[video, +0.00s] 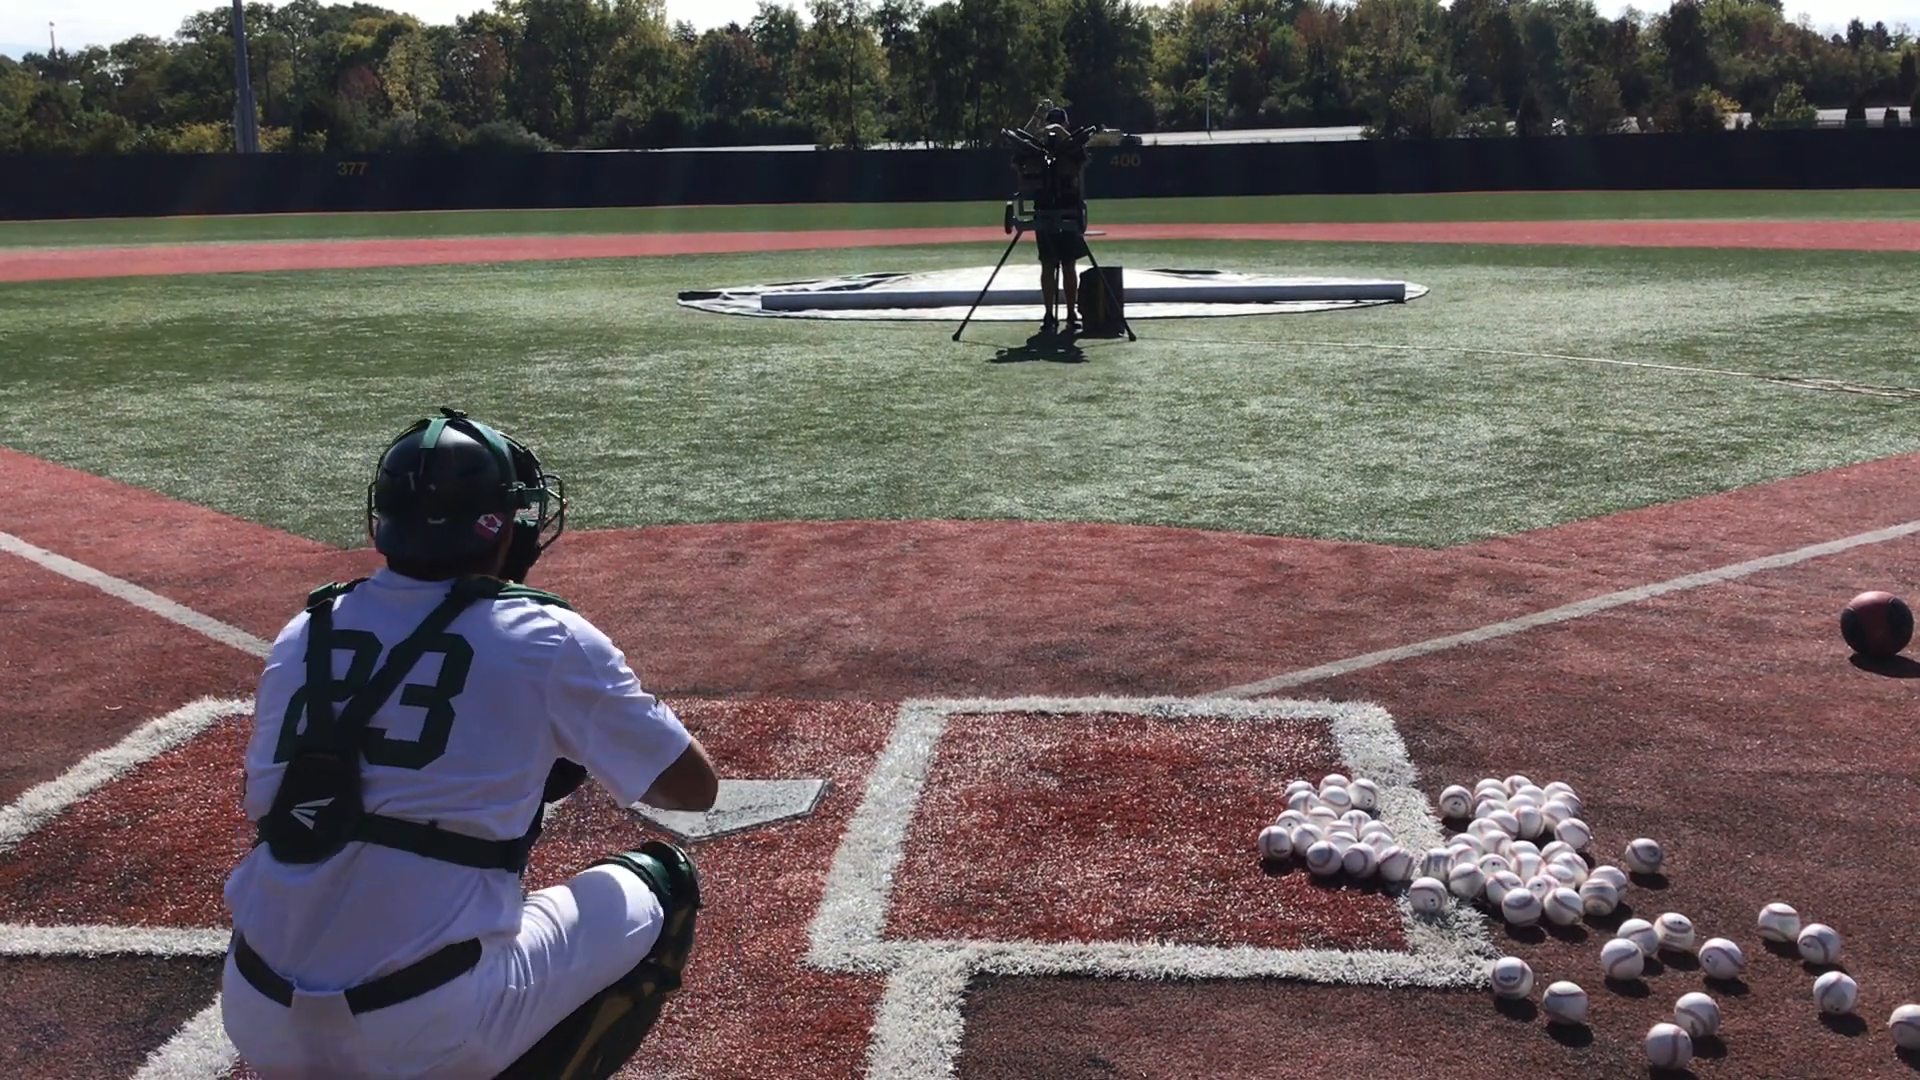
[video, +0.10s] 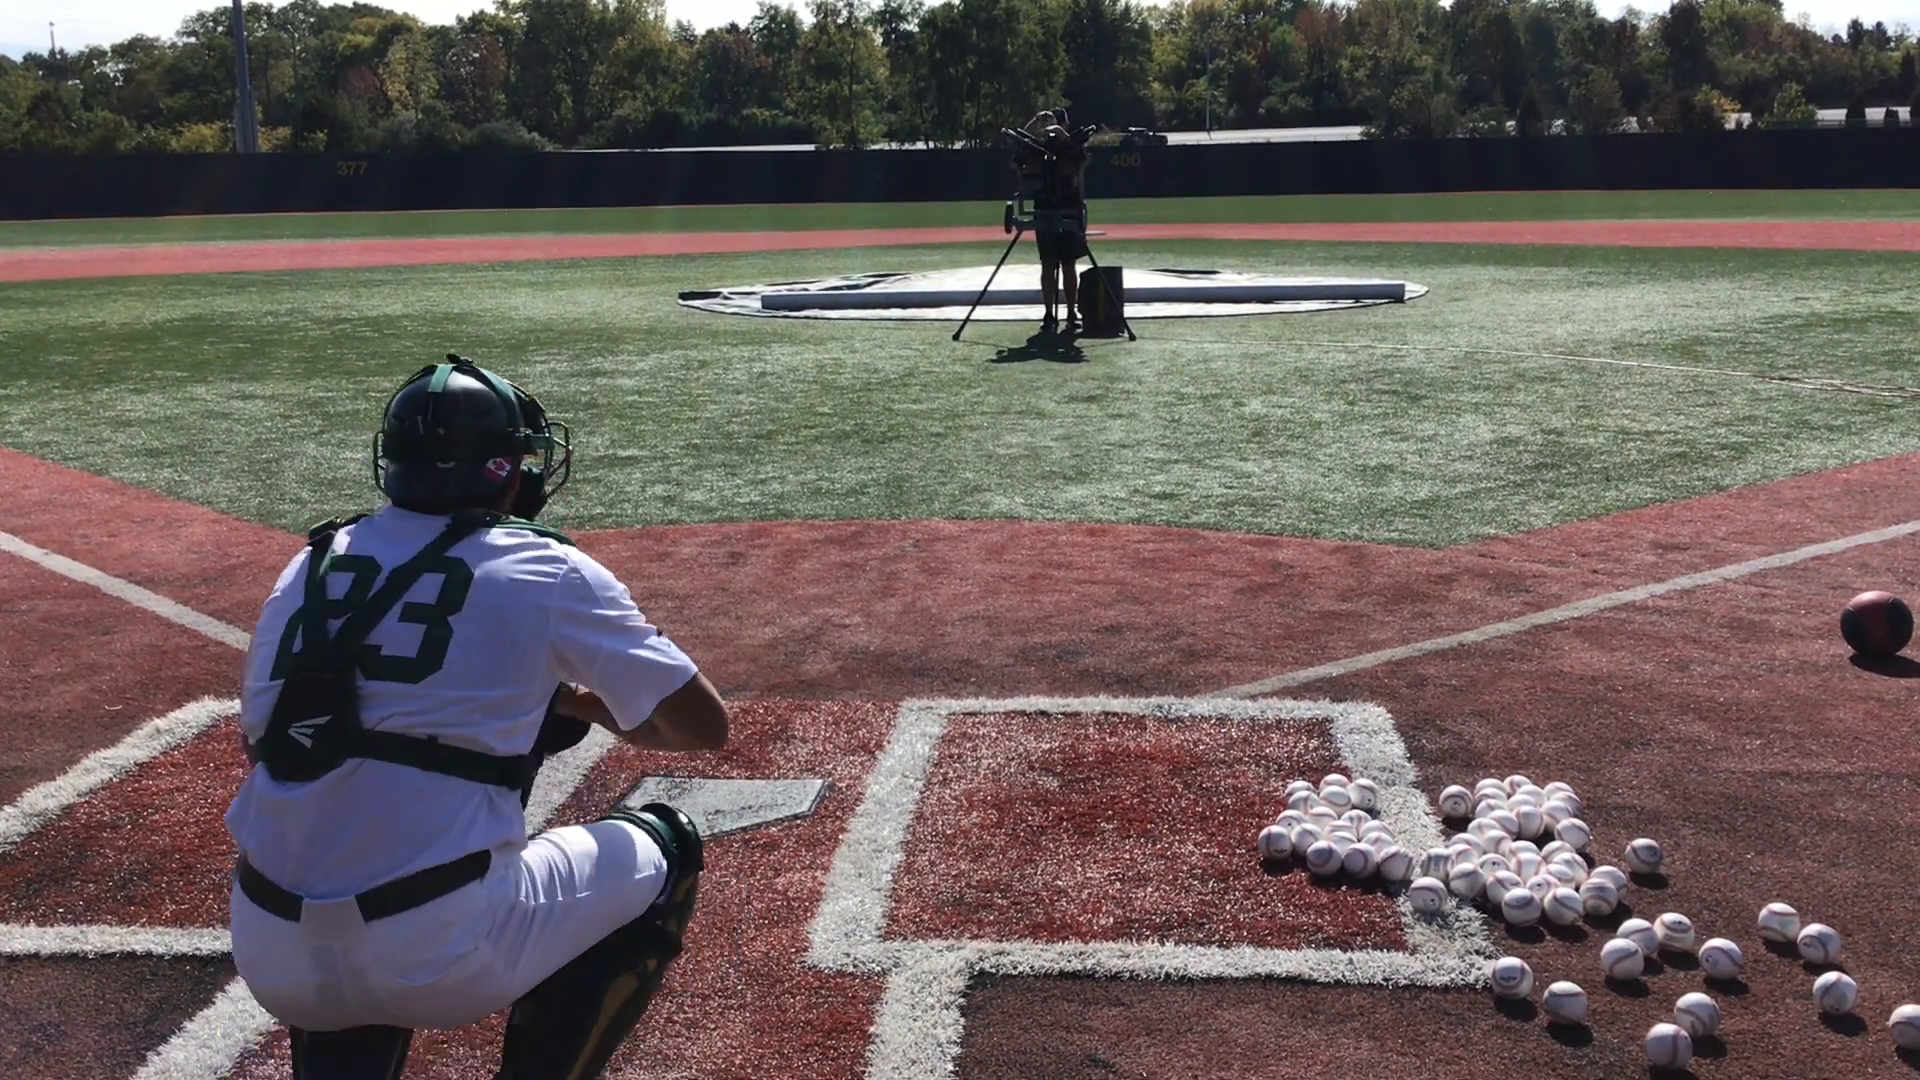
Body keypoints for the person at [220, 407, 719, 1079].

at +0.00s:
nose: (529, 529)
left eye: (526, 512)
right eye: (521, 516)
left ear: (385, 527)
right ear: (499, 534)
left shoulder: (307, 627)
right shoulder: (547, 639)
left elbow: (262, 801)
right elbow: (694, 786)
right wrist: (592, 746)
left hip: (259, 1024)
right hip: (420, 1039)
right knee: (665, 884)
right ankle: (544, 1067)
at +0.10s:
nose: (533, 471)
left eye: (528, 455)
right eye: (525, 459)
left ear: (395, 465)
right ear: (504, 476)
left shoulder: (315, 557)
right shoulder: (546, 571)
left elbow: (260, 731)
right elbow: (703, 724)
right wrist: (581, 698)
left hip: (273, 956)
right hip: (435, 955)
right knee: (663, 850)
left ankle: (340, 1065)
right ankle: (543, 1066)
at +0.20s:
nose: (542, 448)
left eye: (539, 432)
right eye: (535, 433)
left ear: (412, 437)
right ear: (515, 443)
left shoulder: (332, 530)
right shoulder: (560, 528)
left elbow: (264, 681)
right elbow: (716, 704)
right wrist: (593, 691)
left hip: (270, 889)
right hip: (450, 899)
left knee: (233, 795)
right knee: (707, 823)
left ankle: (254, 1066)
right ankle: (637, 1065)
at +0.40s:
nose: (556, 503)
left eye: (551, 485)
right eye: (550, 487)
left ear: (417, 491)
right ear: (529, 498)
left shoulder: (340, 583)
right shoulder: (560, 581)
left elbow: (279, 734)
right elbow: (726, 751)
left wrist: (521, 765)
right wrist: (601, 760)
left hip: (257, 925)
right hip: (445, 933)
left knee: (213, 833)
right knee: (714, 867)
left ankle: (173, 1064)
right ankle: (689, 1063)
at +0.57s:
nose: (531, 537)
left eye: (530, 521)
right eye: (524, 522)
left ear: (397, 525)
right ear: (499, 535)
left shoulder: (316, 615)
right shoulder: (520, 626)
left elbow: (239, 763)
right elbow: (710, 768)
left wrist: (463, 814)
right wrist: (567, 811)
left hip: (202, 977)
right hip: (374, 982)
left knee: (200, 885)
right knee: (681, 863)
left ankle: (170, 1069)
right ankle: (672, 1065)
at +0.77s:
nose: (506, 556)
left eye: (503, 540)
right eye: (499, 541)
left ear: (370, 543)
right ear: (474, 557)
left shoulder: (299, 623)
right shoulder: (476, 655)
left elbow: (195, 786)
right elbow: (691, 777)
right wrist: (602, 798)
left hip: (159, 993)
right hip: (292, 1012)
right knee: (640, 861)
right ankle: (655, 1061)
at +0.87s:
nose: (499, 552)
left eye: (495, 537)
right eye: (490, 541)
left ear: (362, 553)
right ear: (463, 565)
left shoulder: (299, 625)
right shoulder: (453, 666)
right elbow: (671, 787)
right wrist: (660, 841)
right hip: (285, 1025)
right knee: (628, 864)